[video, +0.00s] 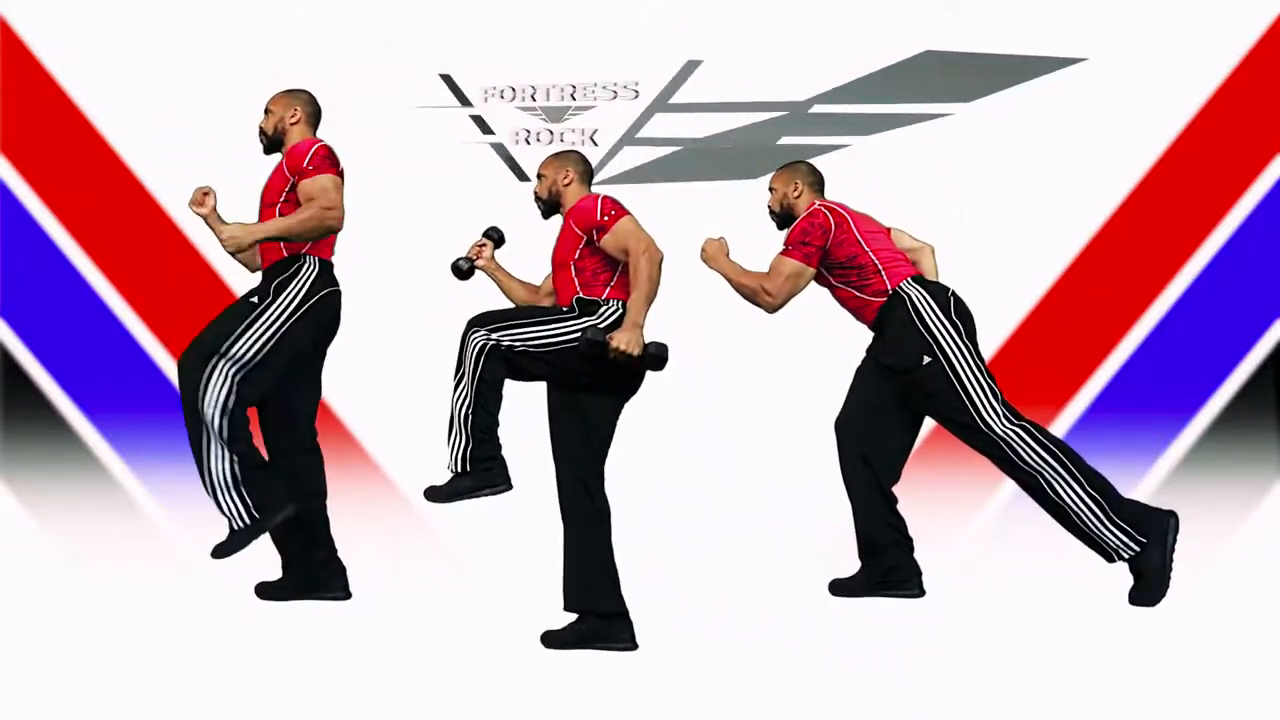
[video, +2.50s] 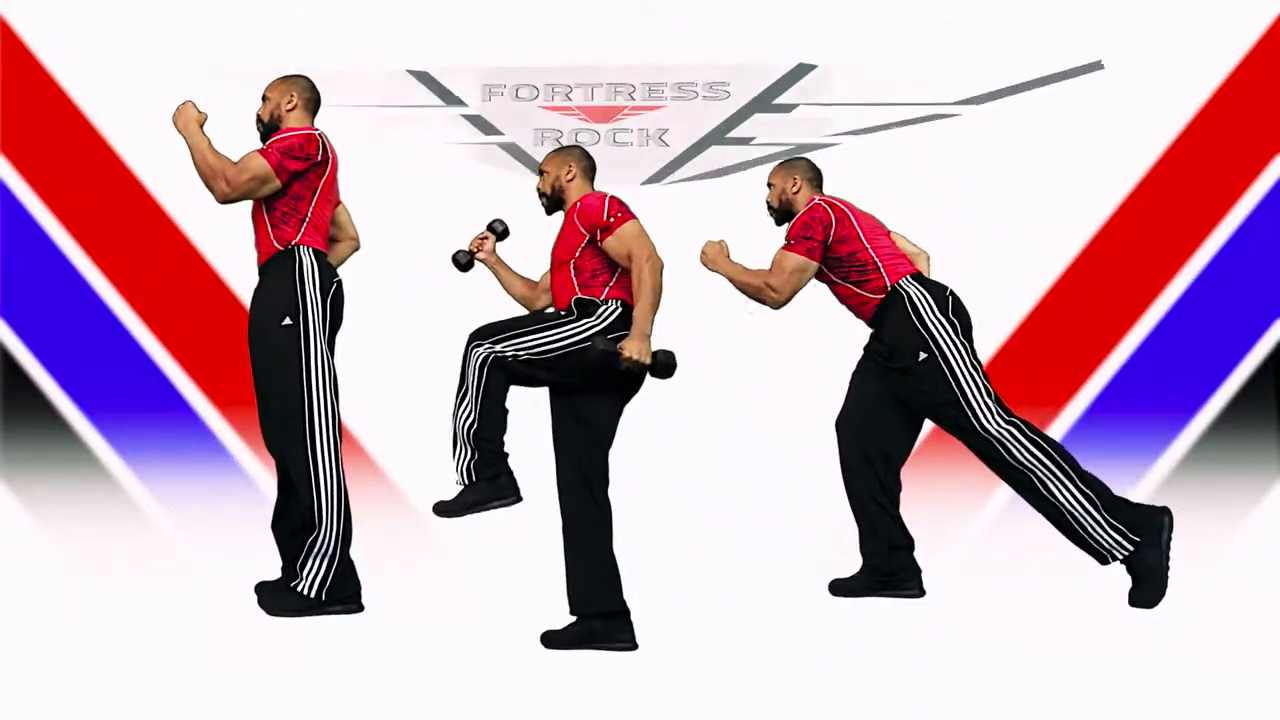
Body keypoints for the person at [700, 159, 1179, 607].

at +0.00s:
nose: (767, 199)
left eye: (774, 190)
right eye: (768, 191)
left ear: (802, 190)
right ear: (807, 193)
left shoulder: (815, 220)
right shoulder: (843, 222)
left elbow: (771, 295)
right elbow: (919, 250)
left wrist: (721, 265)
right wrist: (938, 317)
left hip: (918, 312)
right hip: (901, 327)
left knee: (998, 431)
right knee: (858, 438)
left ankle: (1139, 533)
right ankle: (890, 568)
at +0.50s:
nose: (793, 158)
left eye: (798, 148)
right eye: (793, 150)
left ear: (822, 144)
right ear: (823, 146)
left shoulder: (851, 172)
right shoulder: (843, 198)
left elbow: (899, 220)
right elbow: (824, 272)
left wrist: (887, 292)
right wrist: (770, 251)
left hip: (901, 288)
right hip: (905, 301)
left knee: (794, 339)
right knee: (883, 440)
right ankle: (892, 569)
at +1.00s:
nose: (800, 153)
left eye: (805, 143)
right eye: (800, 145)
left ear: (830, 140)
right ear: (831, 144)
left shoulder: (859, 165)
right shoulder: (849, 200)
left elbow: (924, 198)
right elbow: (807, 259)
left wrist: (949, 272)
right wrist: (762, 223)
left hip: (897, 277)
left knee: (776, 292)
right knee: (875, 438)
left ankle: (783, 421)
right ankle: (891, 575)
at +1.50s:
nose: (772, 179)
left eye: (776, 168)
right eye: (772, 171)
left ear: (802, 161)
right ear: (811, 167)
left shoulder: (824, 194)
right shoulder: (850, 200)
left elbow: (786, 269)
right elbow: (915, 252)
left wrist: (732, 246)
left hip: (907, 300)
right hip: (889, 315)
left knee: (955, 434)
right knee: (868, 440)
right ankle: (893, 579)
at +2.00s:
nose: (768, 201)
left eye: (774, 190)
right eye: (769, 193)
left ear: (802, 187)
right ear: (810, 191)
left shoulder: (817, 219)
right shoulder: (848, 220)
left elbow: (767, 290)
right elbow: (924, 249)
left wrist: (723, 256)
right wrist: (939, 315)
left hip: (920, 309)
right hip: (904, 324)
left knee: (1003, 430)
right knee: (866, 435)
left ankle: (1141, 533)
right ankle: (891, 566)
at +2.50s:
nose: (767, 195)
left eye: (773, 186)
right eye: (767, 187)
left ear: (801, 185)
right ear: (805, 189)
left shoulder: (815, 215)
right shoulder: (839, 218)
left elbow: (774, 292)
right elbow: (916, 257)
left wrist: (724, 266)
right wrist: (923, 323)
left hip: (917, 311)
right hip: (898, 327)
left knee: (993, 432)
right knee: (861, 437)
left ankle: (1134, 532)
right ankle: (890, 569)